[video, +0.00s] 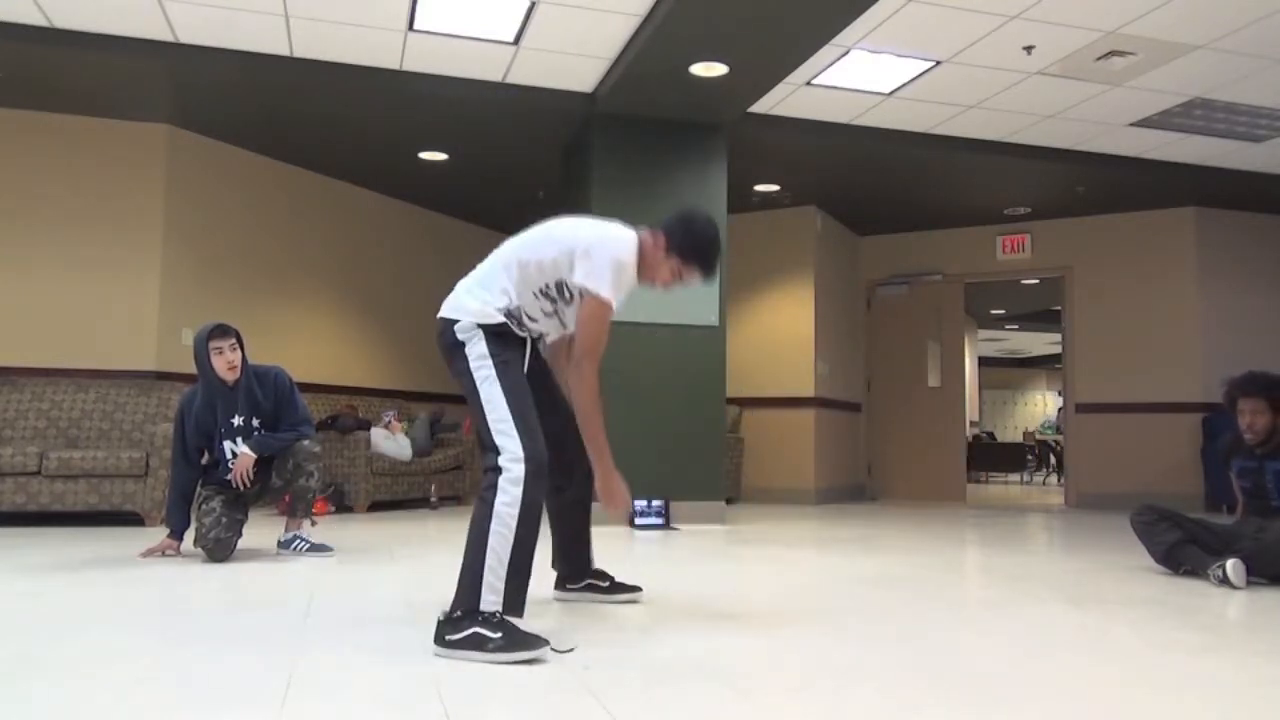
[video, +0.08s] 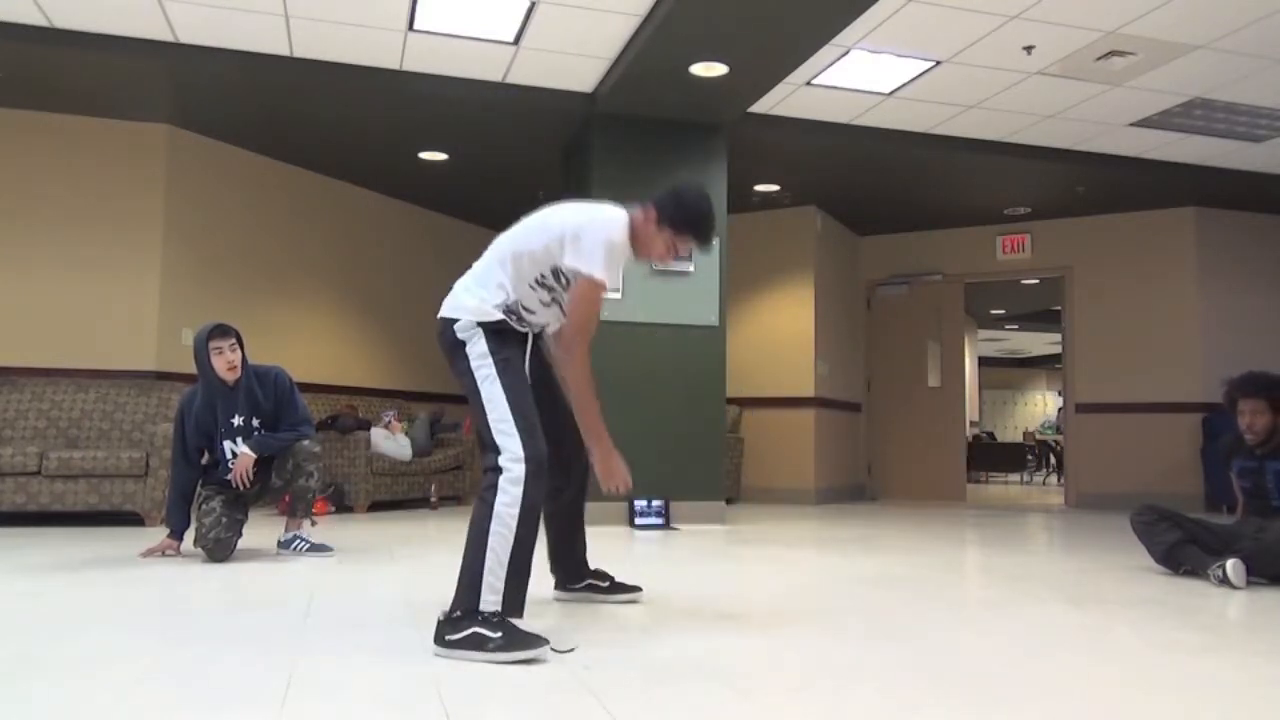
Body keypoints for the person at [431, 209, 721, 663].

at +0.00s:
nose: (671, 285)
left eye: (681, 282)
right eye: (676, 273)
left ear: (657, 244)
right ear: (658, 242)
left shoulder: (611, 250)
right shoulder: (614, 251)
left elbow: (560, 351)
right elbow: (582, 367)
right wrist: (605, 471)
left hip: (519, 337)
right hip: (479, 324)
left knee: (567, 449)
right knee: (521, 461)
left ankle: (574, 573)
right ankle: (470, 617)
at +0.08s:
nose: (671, 260)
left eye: (680, 255)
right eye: (674, 247)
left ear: (655, 220)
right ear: (652, 217)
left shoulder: (610, 234)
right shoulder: (604, 234)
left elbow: (561, 345)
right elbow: (573, 349)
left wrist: (597, 439)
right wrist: (601, 448)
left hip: (524, 334)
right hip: (479, 325)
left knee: (565, 448)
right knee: (520, 462)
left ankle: (572, 574)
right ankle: (471, 617)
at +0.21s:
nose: (657, 208)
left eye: (666, 202)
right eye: (656, 194)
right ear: (629, 168)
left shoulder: (606, 213)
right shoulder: (586, 198)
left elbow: (565, 303)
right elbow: (549, 310)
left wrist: (598, 381)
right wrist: (591, 400)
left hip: (524, 324)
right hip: (485, 320)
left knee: (560, 450)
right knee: (525, 459)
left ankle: (566, 573)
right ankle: (472, 619)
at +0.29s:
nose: (647, 181)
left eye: (655, 174)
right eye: (644, 166)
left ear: (646, 164)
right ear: (613, 144)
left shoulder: (605, 202)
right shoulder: (571, 179)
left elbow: (567, 286)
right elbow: (529, 285)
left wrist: (599, 356)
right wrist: (578, 375)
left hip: (530, 322)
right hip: (491, 318)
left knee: (566, 448)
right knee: (528, 461)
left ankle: (567, 574)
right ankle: (471, 620)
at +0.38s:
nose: (641, 169)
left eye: (650, 162)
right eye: (637, 154)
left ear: (650, 158)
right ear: (607, 132)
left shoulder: (604, 199)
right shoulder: (564, 173)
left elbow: (570, 282)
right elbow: (514, 267)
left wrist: (607, 350)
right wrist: (563, 365)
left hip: (536, 322)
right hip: (493, 319)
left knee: (578, 451)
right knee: (531, 464)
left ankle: (569, 573)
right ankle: (472, 620)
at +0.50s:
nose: (635, 160)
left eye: (645, 153)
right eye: (630, 145)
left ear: (648, 151)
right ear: (601, 128)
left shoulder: (610, 201)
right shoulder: (556, 170)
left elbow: (593, 285)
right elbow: (488, 242)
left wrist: (647, 344)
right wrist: (505, 331)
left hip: (561, 331)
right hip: (511, 328)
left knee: (599, 460)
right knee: (532, 470)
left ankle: (575, 574)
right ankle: (473, 619)